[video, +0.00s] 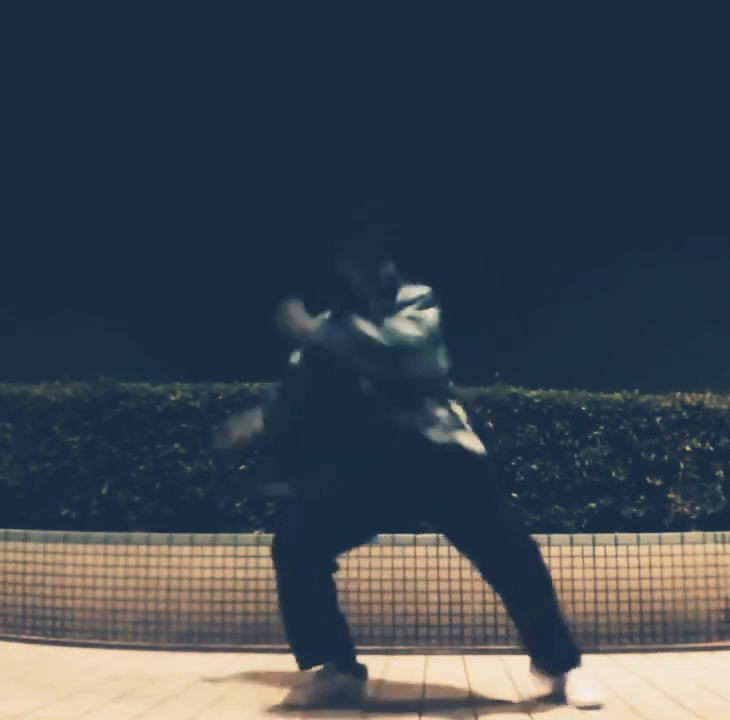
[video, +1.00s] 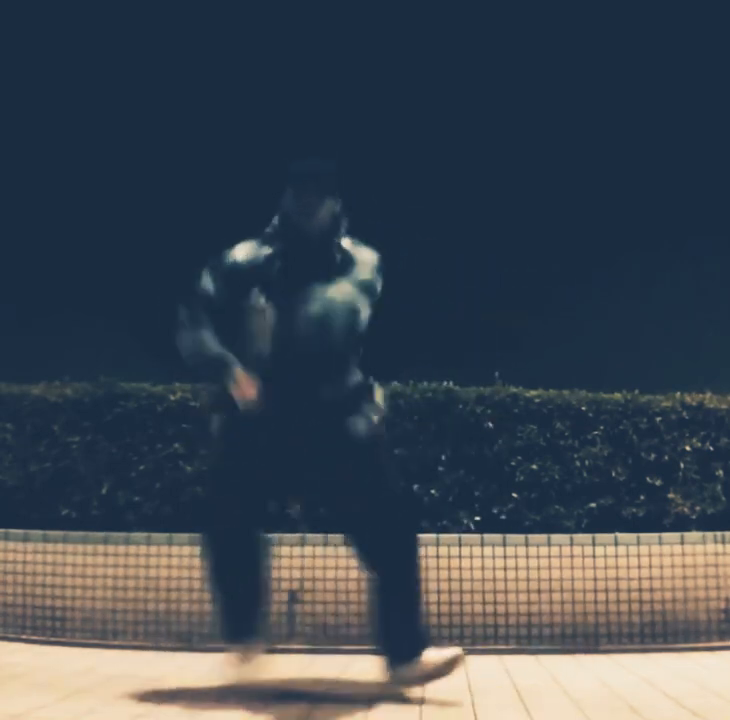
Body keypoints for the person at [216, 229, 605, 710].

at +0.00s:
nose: (365, 274)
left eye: (373, 263)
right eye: (353, 266)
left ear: (389, 264)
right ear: (341, 274)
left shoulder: (419, 302)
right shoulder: (331, 326)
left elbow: (396, 346)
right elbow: (295, 389)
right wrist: (255, 420)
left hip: (444, 462)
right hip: (363, 468)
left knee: (506, 547)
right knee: (295, 547)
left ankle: (563, 669)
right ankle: (335, 670)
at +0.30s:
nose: (331, 233)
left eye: (339, 221)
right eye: (321, 224)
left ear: (359, 216)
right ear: (309, 226)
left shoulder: (394, 250)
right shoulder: (305, 268)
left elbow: (414, 322)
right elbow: (262, 321)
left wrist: (354, 329)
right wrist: (217, 359)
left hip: (402, 430)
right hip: (331, 436)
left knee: (433, 540)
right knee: (306, 544)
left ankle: (478, 661)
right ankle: (335, 668)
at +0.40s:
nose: (324, 228)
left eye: (333, 217)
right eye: (313, 219)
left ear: (354, 210)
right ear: (299, 219)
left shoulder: (395, 254)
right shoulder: (283, 257)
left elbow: (455, 288)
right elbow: (242, 309)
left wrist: (502, 305)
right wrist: (229, 340)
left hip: (367, 425)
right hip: (300, 428)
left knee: (352, 536)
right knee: (300, 540)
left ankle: (352, 664)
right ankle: (317, 666)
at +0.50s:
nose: (314, 229)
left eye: (322, 217)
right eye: (305, 221)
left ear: (344, 210)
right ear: (295, 218)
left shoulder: (395, 252)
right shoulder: (278, 253)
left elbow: (470, 278)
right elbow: (231, 309)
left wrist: (535, 290)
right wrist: (264, 328)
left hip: (357, 423)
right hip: (292, 419)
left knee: (298, 533)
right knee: (295, 535)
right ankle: (332, 666)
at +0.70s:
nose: (301, 219)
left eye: (311, 207)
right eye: (292, 208)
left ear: (333, 209)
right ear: (277, 211)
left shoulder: (370, 260)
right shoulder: (257, 264)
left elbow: (432, 302)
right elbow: (236, 326)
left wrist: (479, 321)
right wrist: (307, 306)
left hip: (333, 428)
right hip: (258, 425)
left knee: (254, 537)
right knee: (256, 540)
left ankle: (185, 668)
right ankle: (322, 664)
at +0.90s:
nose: (313, 207)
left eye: (323, 196)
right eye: (303, 196)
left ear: (339, 200)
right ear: (285, 198)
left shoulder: (359, 251)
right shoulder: (252, 250)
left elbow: (380, 291)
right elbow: (177, 293)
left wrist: (305, 289)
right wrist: (212, 335)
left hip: (343, 422)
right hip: (271, 421)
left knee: (352, 547)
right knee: (276, 551)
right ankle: (278, 669)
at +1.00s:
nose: (314, 216)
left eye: (324, 205)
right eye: (304, 205)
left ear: (340, 207)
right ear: (286, 205)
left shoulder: (364, 265)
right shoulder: (248, 262)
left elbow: (353, 341)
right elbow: (192, 324)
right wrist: (228, 369)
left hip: (340, 424)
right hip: (261, 423)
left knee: (390, 525)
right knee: (231, 518)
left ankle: (406, 655)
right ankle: (243, 643)